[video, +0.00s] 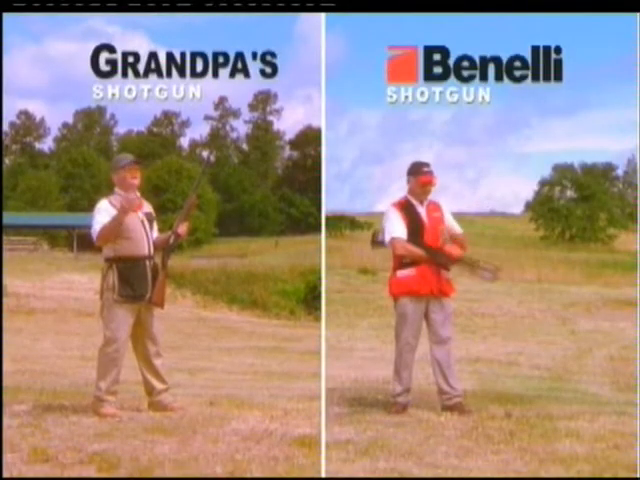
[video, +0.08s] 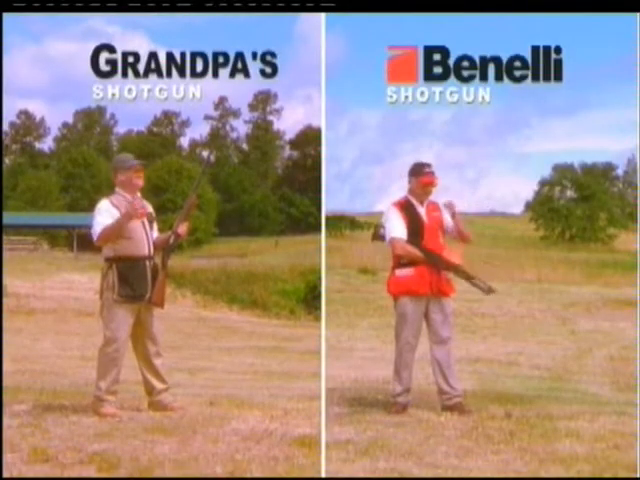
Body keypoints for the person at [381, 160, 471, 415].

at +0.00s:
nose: (428, 186)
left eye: (431, 182)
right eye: (423, 181)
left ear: (433, 182)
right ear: (410, 181)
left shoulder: (438, 209)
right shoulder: (396, 211)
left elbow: (459, 239)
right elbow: (399, 249)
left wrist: (451, 250)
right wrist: (434, 256)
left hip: (437, 280)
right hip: (409, 281)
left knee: (443, 341)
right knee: (406, 343)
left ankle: (451, 397)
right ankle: (401, 396)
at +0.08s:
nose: (429, 189)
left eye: (432, 184)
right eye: (424, 184)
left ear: (434, 184)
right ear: (411, 182)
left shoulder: (438, 210)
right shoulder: (396, 210)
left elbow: (464, 238)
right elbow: (399, 249)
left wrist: (456, 218)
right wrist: (435, 259)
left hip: (437, 281)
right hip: (409, 282)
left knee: (443, 341)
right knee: (406, 342)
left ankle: (451, 397)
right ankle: (401, 396)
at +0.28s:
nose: (433, 191)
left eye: (436, 186)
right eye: (429, 185)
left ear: (437, 186)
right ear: (415, 182)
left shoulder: (437, 211)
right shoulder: (397, 210)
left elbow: (472, 220)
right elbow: (398, 249)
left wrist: (458, 192)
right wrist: (436, 259)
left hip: (437, 281)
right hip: (409, 282)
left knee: (442, 341)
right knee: (406, 343)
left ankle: (451, 397)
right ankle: (401, 397)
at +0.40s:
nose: (433, 190)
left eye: (436, 185)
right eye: (430, 184)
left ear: (437, 185)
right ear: (416, 182)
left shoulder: (439, 210)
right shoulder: (397, 210)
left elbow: (473, 217)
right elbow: (398, 248)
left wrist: (458, 190)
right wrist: (435, 258)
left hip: (437, 282)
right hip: (409, 282)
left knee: (443, 340)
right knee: (406, 343)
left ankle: (451, 397)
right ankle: (401, 397)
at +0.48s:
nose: (433, 189)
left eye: (436, 185)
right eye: (430, 184)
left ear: (436, 186)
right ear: (416, 181)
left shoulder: (438, 210)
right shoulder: (396, 210)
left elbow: (472, 215)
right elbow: (398, 248)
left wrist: (457, 186)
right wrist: (436, 258)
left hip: (437, 281)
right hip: (409, 282)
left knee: (443, 340)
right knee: (406, 342)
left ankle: (451, 397)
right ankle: (401, 397)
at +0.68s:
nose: (434, 188)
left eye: (436, 184)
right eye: (430, 183)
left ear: (437, 183)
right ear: (415, 181)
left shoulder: (439, 209)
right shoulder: (396, 210)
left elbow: (471, 202)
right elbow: (398, 249)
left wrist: (452, 175)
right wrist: (435, 257)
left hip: (437, 280)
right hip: (409, 281)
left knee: (443, 340)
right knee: (406, 341)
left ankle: (450, 397)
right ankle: (400, 396)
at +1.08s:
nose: (431, 192)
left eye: (434, 188)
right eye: (428, 186)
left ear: (435, 187)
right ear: (415, 183)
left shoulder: (437, 210)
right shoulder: (395, 211)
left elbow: (468, 195)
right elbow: (397, 248)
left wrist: (445, 180)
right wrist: (432, 257)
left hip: (437, 281)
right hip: (409, 282)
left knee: (443, 340)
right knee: (406, 342)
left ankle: (450, 397)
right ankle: (400, 396)